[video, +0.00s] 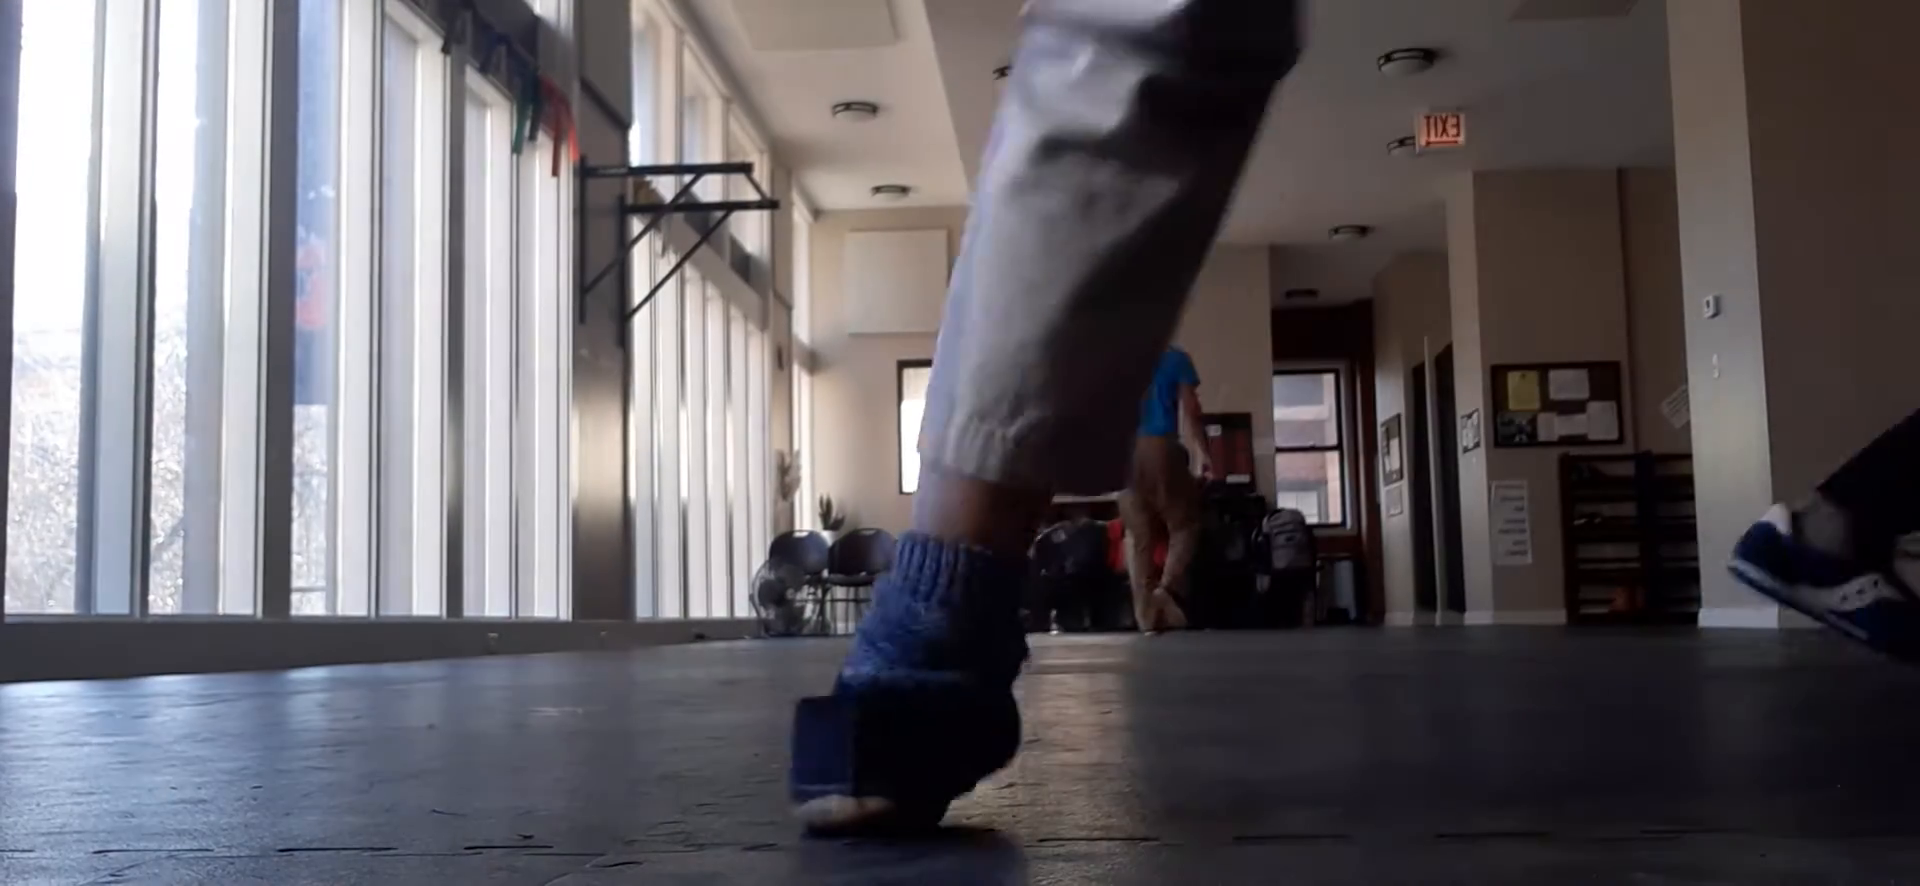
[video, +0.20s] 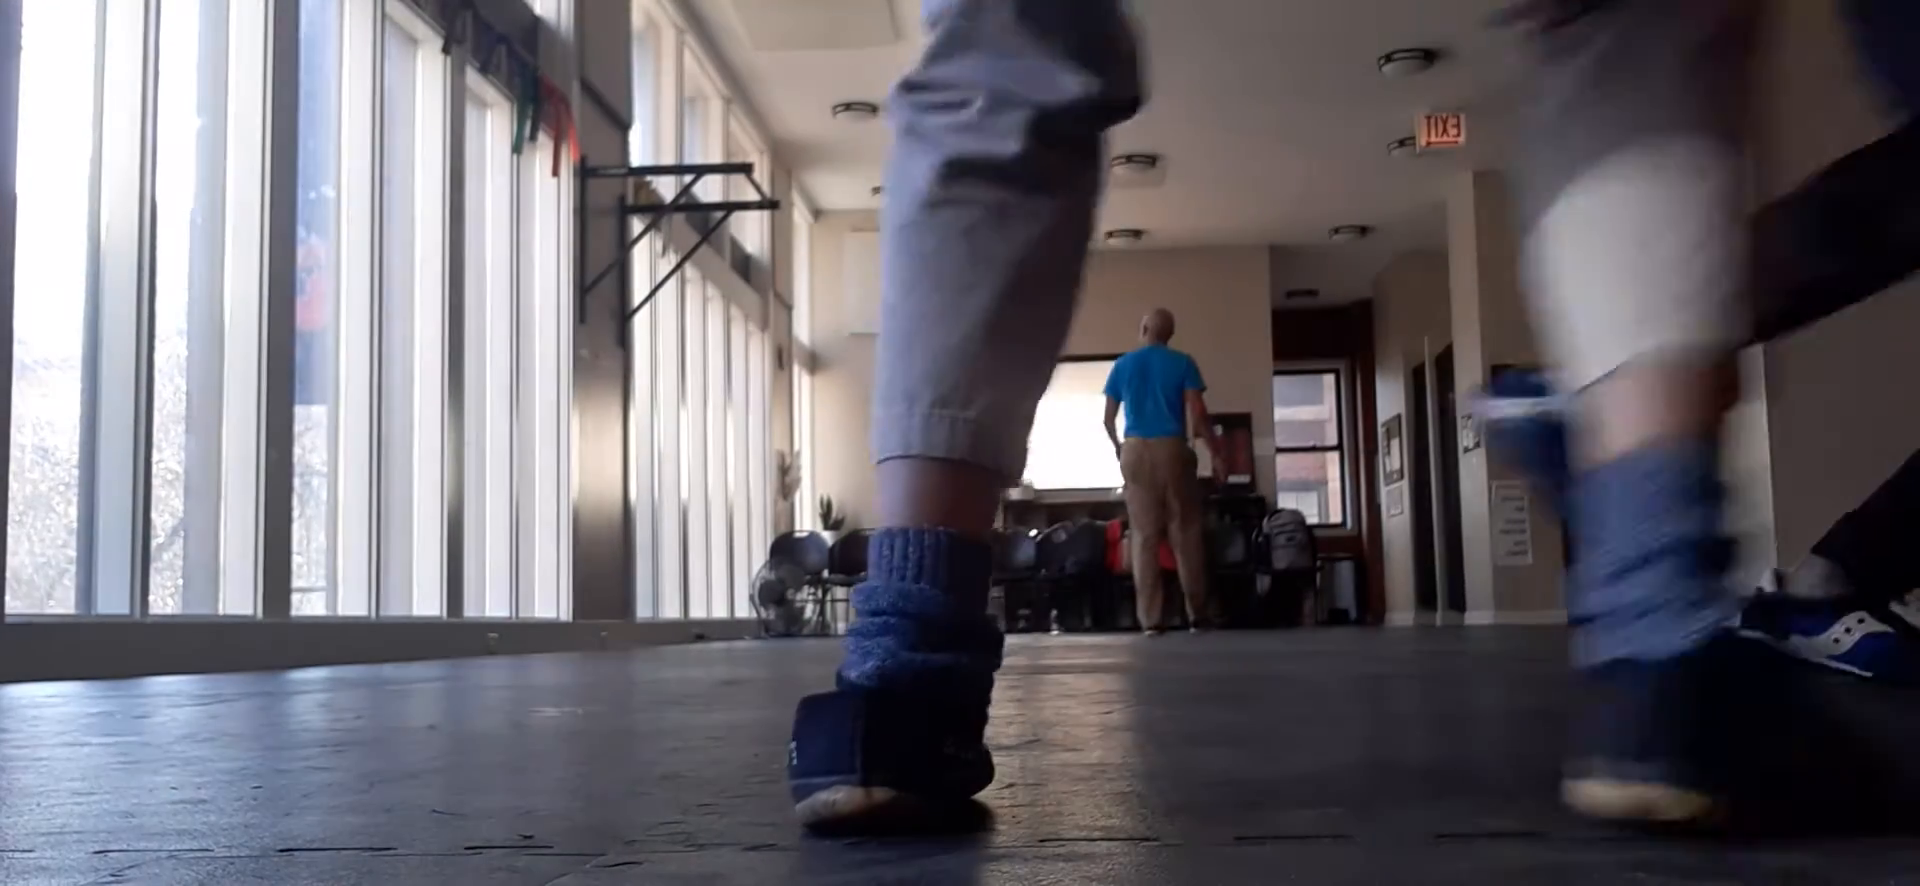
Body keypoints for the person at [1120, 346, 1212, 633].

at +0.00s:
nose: (1177, 322)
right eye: (1174, 315)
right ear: (1167, 323)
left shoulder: (1120, 359)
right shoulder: (1173, 358)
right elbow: (1188, 410)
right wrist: (1200, 451)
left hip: (1123, 451)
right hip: (1159, 449)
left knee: (1136, 535)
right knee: (1182, 524)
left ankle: (1144, 614)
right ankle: (1168, 590)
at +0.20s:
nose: (1142, 332)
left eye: (1142, 328)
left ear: (1143, 331)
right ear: (1171, 335)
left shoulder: (1123, 364)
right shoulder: (1183, 362)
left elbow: (1108, 419)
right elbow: (1197, 414)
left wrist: (1120, 451)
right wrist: (1214, 454)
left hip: (1134, 448)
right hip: (1173, 448)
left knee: (1143, 533)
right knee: (1183, 528)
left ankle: (1150, 619)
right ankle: (1197, 612)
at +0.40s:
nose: (1156, 344)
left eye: (1157, 339)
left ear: (1157, 341)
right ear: (1184, 344)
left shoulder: (1138, 373)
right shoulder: (1197, 373)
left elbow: (1124, 427)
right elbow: (1208, 423)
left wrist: (1131, 459)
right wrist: (1216, 464)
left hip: (1148, 454)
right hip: (1186, 455)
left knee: (1151, 537)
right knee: (1193, 537)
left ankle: (1151, 614)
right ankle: (1198, 614)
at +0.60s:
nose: (1167, 342)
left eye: (1169, 337)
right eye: (1172, 337)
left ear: (1172, 340)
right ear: (1197, 344)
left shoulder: (1152, 374)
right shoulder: (1211, 373)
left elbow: (1139, 430)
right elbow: (1222, 426)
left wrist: (1131, 472)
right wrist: (1233, 466)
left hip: (1164, 456)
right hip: (1201, 455)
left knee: (1155, 530)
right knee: (1202, 535)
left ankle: (1154, 586)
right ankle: (1200, 613)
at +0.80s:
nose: (1176, 346)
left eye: (1177, 341)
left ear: (1178, 343)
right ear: (1203, 346)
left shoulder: (1159, 374)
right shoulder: (1218, 375)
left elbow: (1144, 425)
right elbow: (1232, 423)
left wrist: (1133, 468)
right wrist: (1243, 463)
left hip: (1169, 454)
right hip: (1207, 453)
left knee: (1164, 533)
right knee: (1204, 535)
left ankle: (1158, 612)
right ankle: (1201, 613)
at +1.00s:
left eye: (1175, 346)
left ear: (1173, 352)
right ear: (1202, 350)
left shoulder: (1158, 381)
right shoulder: (1219, 380)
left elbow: (1145, 428)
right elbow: (1233, 426)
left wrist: (1133, 472)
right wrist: (1244, 462)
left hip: (1170, 457)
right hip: (1208, 455)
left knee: (1172, 536)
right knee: (1205, 536)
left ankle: (1173, 615)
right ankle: (1202, 614)